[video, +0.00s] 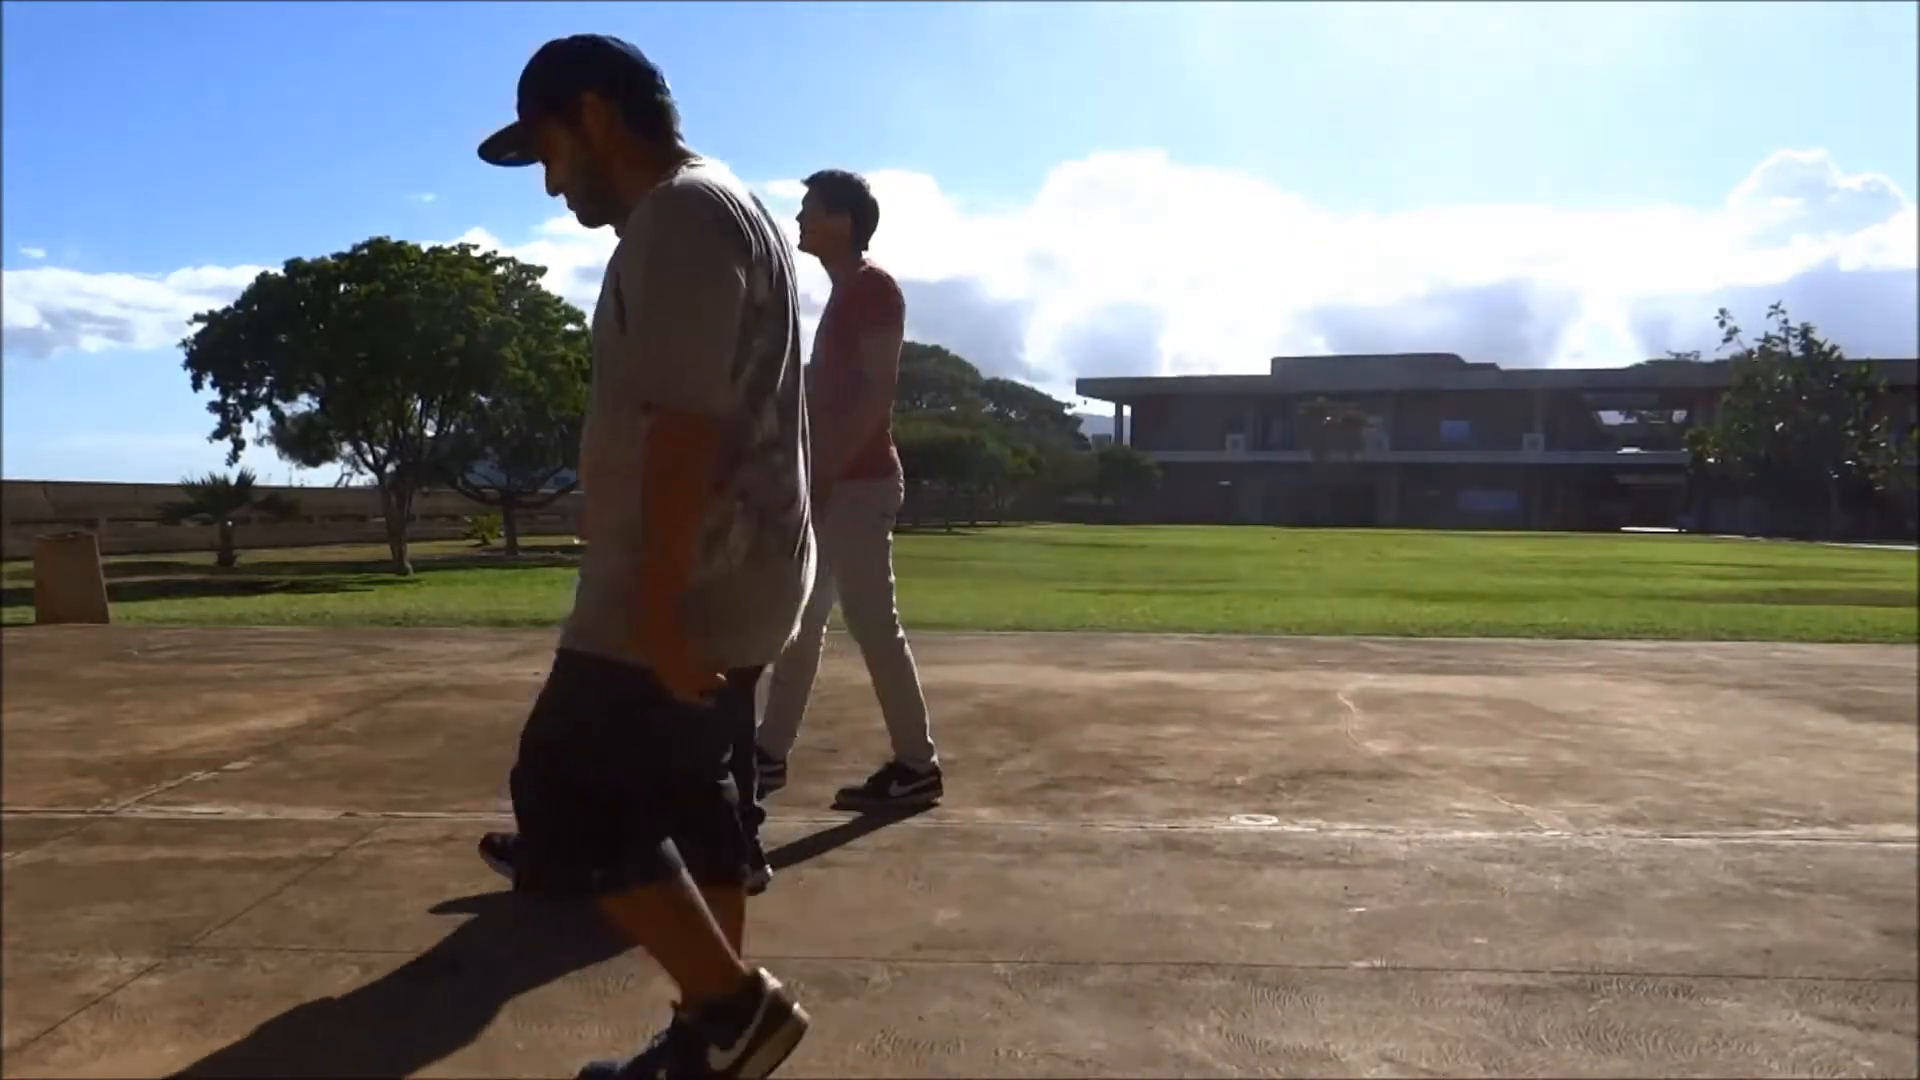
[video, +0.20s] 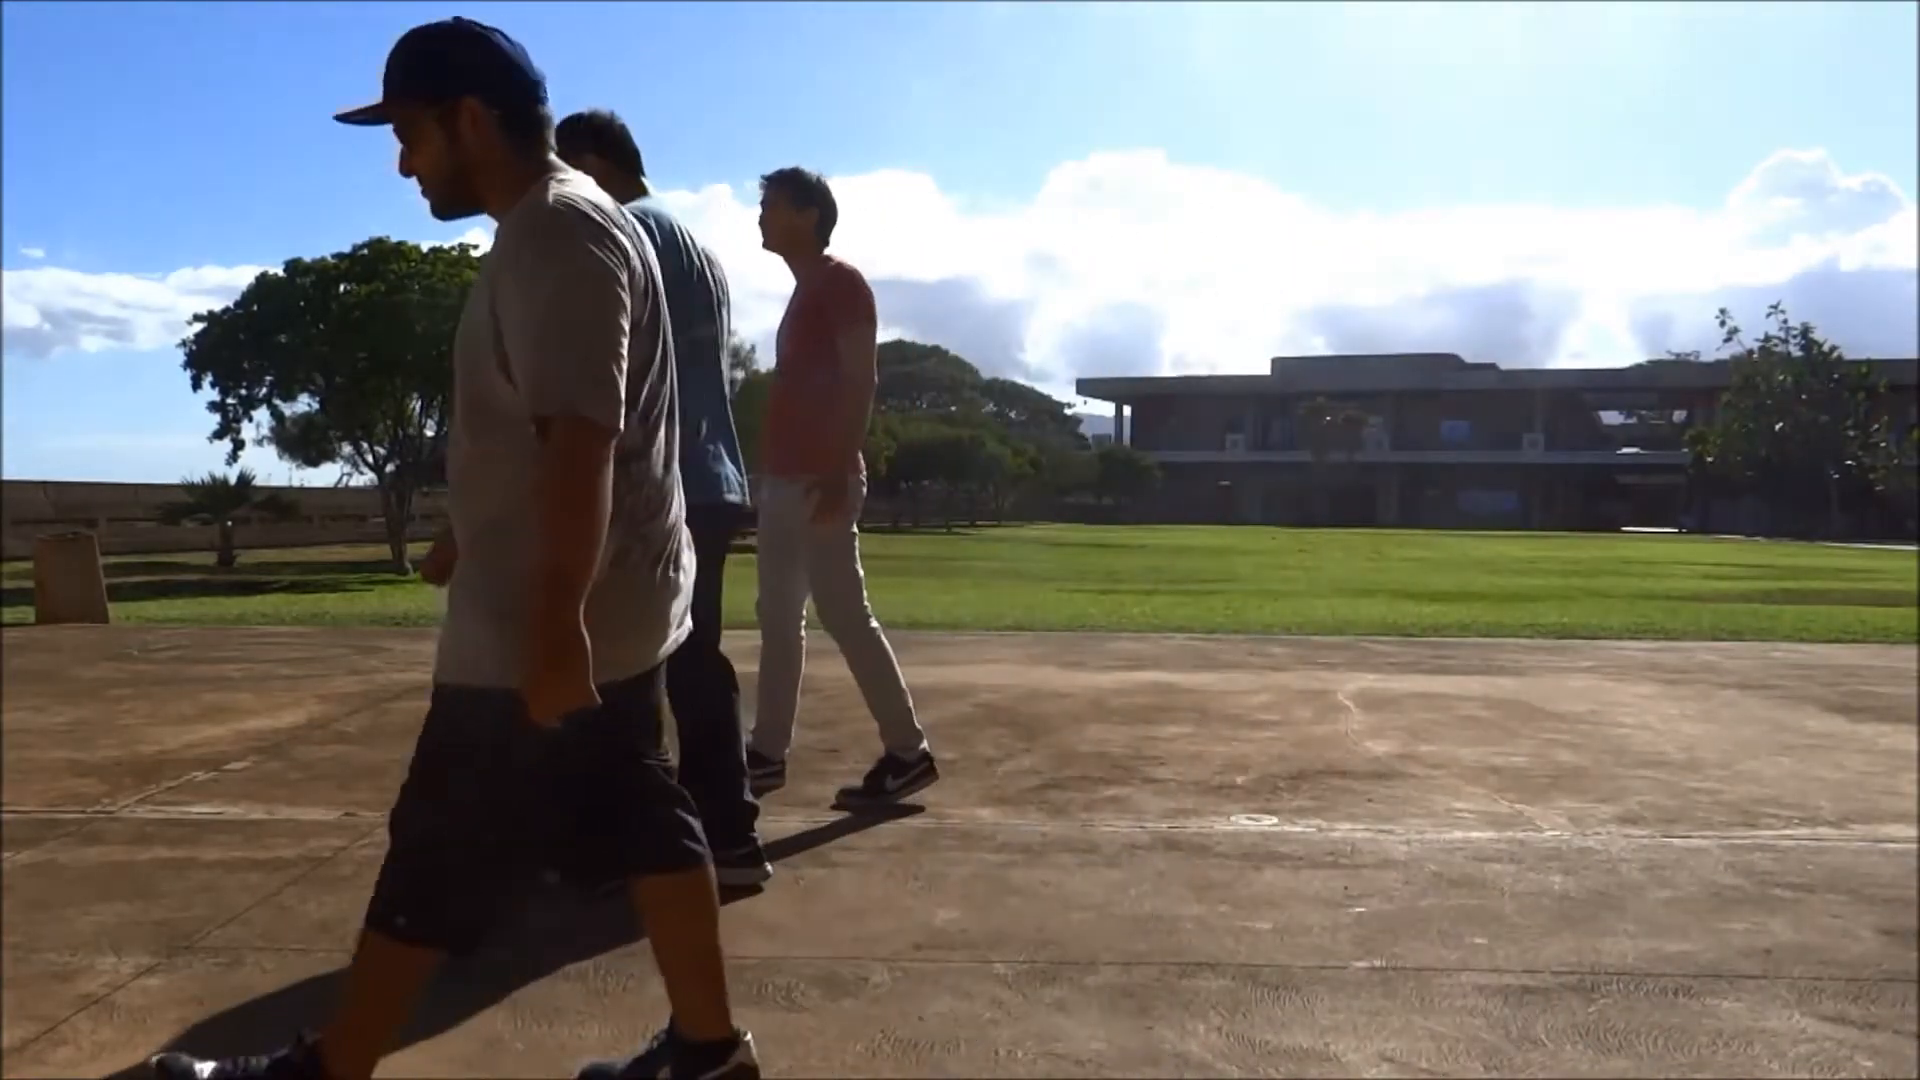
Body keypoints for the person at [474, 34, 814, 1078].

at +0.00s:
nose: (549, 182)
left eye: (546, 151)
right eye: (539, 160)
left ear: (597, 117)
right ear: (614, 120)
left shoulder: (679, 220)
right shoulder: (726, 211)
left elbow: (683, 426)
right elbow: (726, 426)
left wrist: (661, 603)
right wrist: (664, 588)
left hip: (665, 593)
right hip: (729, 584)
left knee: (564, 800)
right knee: (709, 807)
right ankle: (701, 1028)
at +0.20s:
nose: (570, 185)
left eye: (572, 169)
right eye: (566, 171)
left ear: (600, 160)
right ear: (630, 159)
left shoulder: (620, 233)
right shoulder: (693, 240)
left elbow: (617, 377)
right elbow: (724, 364)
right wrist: (712, 459)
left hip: (652, 490)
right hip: (713, 483)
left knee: (626, 659)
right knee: (698, 654)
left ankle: (619, 846)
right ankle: (728, 842)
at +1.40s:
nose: (380, 199)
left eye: (381, 181)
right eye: (375, 185)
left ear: (422, 162)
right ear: (431, 163)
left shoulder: (459, 233)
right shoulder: (483, 234)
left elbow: (438, 360)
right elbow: (486, 369)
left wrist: (387, 470)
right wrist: (413, 475)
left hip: (465, 486)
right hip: (461, 485)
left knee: (481, 655)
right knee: (427, 649)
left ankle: (528, 832)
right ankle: (419, 809)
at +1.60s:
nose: (359, 198)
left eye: (362, 179)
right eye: (352, 183)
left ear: (410, 161)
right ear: (410, 167)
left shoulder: (455, 237)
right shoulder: (439, 243)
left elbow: (445, 364)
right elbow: (443, 368)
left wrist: (393, 473)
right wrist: (395, 472)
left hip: (456, 490)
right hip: (431, 490)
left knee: (460, 650)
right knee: (417, 647)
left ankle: (521, 822)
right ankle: (419, 808)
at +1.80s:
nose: (350, 192)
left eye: (358, 174)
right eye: (342, 177)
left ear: (408, 163)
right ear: (357, 178)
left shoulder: (461, 247)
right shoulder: (380, 264)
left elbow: (458, 366)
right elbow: (354, 381)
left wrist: (401, 468)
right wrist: (317, 477)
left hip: (453, 484)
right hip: (393, 487)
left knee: (453, 642)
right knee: (401, 646)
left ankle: (516, 815)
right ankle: (418, 809)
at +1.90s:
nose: (348, 187)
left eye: (358, 170)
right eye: (341, 174)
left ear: (408, 162)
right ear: (346, 177)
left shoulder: (464, 246)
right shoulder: (361, 272)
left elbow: (462, 367)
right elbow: (337, 387)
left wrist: (406, 465)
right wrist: (298, 478)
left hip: (456, 483)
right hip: (382, 487)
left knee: (456, 647)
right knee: (396, 649)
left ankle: (506, 817)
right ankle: (416, 809)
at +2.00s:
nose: (354, 183)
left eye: (368, 166)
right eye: (346, 170)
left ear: (414, 162)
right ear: (340, 177)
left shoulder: (466, 249)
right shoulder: (351, 271)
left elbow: (472, 368)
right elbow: (328, 384)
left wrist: (418, 466)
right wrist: (292, 477)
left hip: (457, 483)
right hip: (376, 489)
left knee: (457, 647)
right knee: (393, 649)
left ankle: (492, 819)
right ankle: (416, 809)